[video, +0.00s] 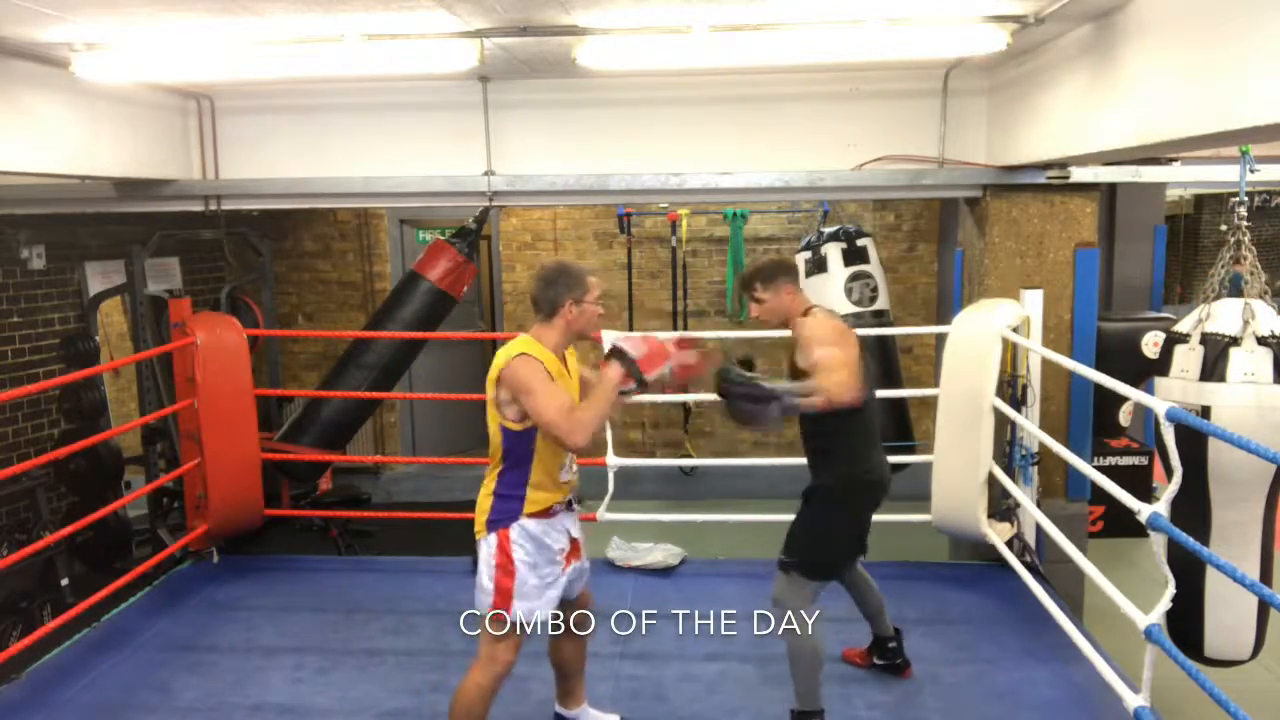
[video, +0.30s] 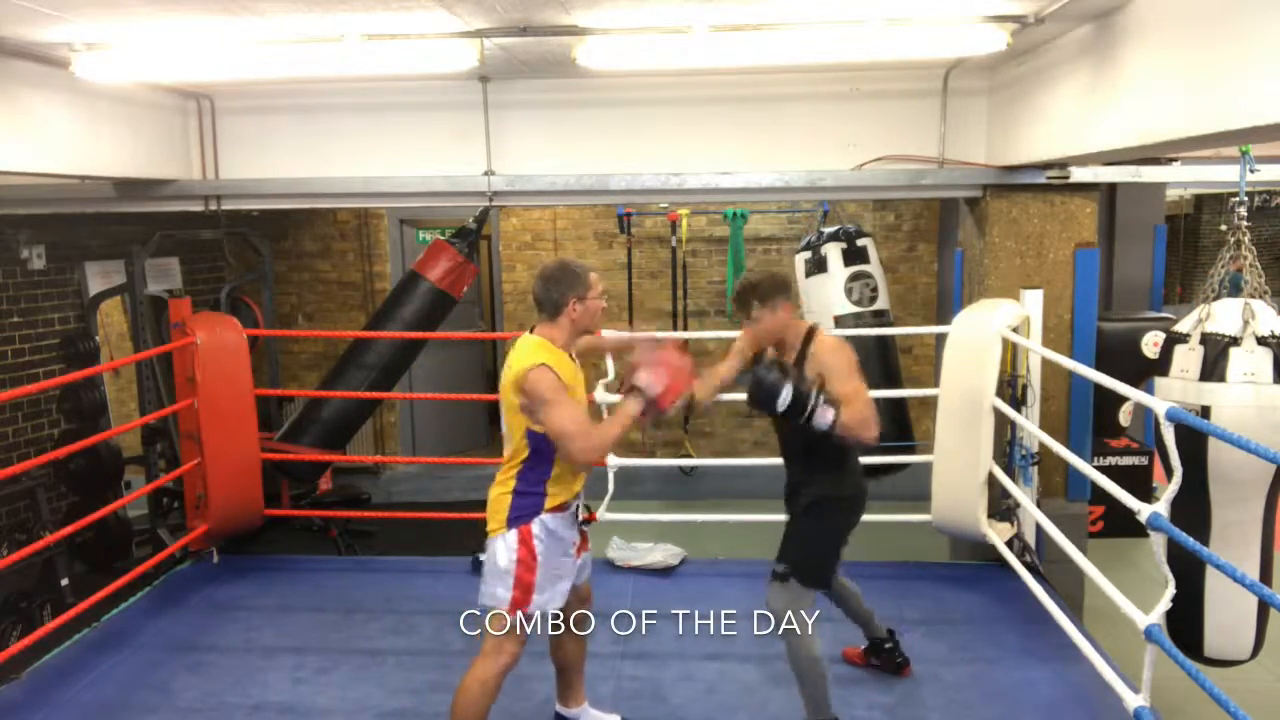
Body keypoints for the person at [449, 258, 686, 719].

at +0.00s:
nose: (602, 310)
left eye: (601, 300)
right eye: (596, 300)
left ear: (564, 308)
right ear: (568, 308)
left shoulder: (562, 356)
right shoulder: (521, 363)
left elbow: (594, 399)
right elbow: (575, 432)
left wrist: (634, 377)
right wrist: (616, 370)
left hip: (557, 515)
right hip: (514, 525)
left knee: (576, 614)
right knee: (496, 657)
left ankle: (572, 707)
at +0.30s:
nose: (604, 306)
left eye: (602, 297)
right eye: (598, 298)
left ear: (566, 306)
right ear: (572, 306)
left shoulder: (565, 345)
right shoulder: (535, 368)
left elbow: (635, 342)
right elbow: (586, 449)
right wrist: (637, 396)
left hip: (562, 511)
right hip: (525, 520)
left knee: (576, 606)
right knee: (502, 649)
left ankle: (571, 706)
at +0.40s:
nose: (596, 306)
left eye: (593, 298)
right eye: (589, 299)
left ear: (562, 308)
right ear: (563, 310)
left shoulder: (569, 340)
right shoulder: (520, 372)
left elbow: (632, 306)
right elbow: (550, 455)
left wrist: (695, 278)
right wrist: (608, 416)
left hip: (561, 507)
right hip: (521, 520)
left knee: (578, 603)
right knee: (510, 651)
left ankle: (573, 706)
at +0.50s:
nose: (588, 313)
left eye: (586, 305)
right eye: (583, 306)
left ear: (555, 314)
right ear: (557, 315)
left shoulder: (566, 347)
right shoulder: (507, 375)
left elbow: (620, 322)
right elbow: (547, 451)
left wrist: (669, 313)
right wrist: (597, 387)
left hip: (555, 514)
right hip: (513, 527)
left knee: (580, 606)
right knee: (504, 657)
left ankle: (575, 706)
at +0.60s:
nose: (581, 320)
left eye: (580, 312)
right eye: (576, 311)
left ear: (544, 313)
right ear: (552, 315)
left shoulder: (549, 356)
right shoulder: (503, 375)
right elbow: (558, 448)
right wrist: (588, 375)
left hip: (543, 519)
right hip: (503, 528)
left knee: (569, 609)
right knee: (494, 662)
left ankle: (574, 706)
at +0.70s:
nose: (570, 316)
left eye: (571, 307)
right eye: (568, 306)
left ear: (519, 305)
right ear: (549, 310)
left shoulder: (486, 352)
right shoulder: (519, 374)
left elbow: (533, 409)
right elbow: (582, 443)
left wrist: (575, 361)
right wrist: (593, 371)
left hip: (516, 521)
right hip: (500, 531)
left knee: (547, 608)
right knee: (490, 666)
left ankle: (565, 705)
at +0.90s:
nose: (557, 315)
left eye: (558, 304)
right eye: (554, 304)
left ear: (501, 304)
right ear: (533, 308)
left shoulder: (469, 351)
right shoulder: (513, 370)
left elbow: (505, 415)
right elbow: (563, 452)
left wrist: (545, 365)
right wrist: (592, 417)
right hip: (485, 533)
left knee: (520, 624)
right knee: (489, 670)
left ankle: (524, 707)